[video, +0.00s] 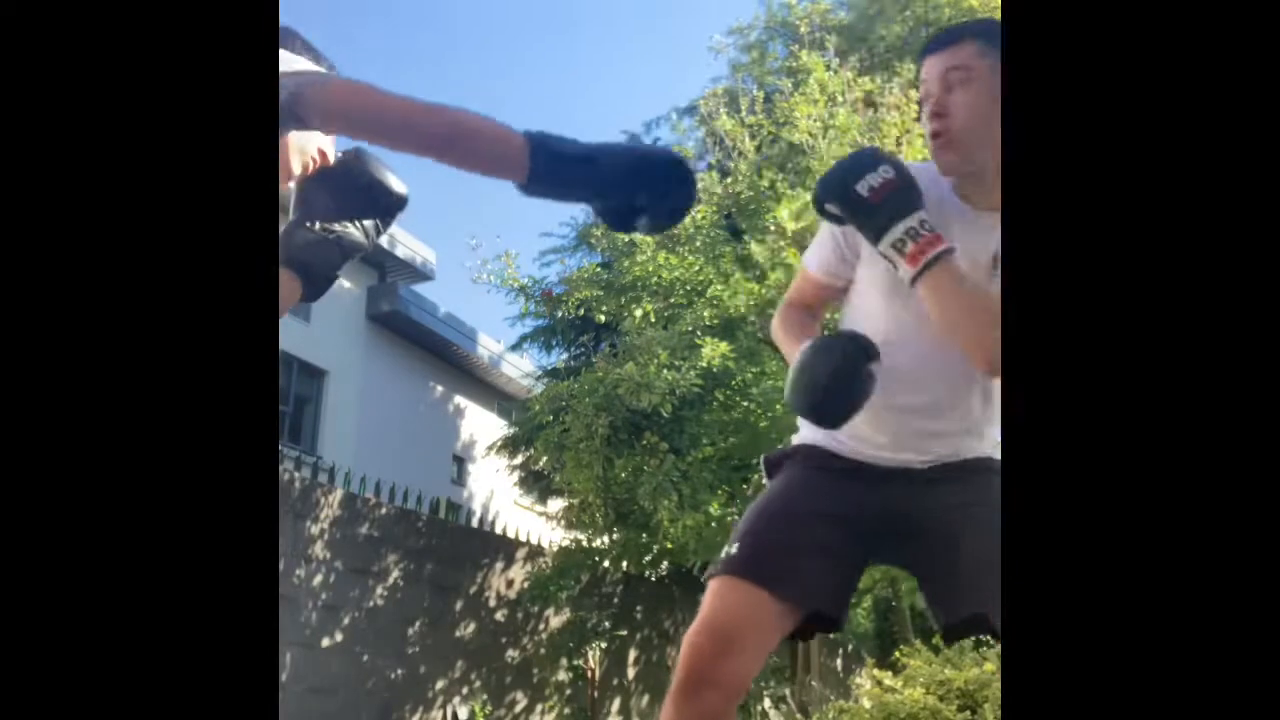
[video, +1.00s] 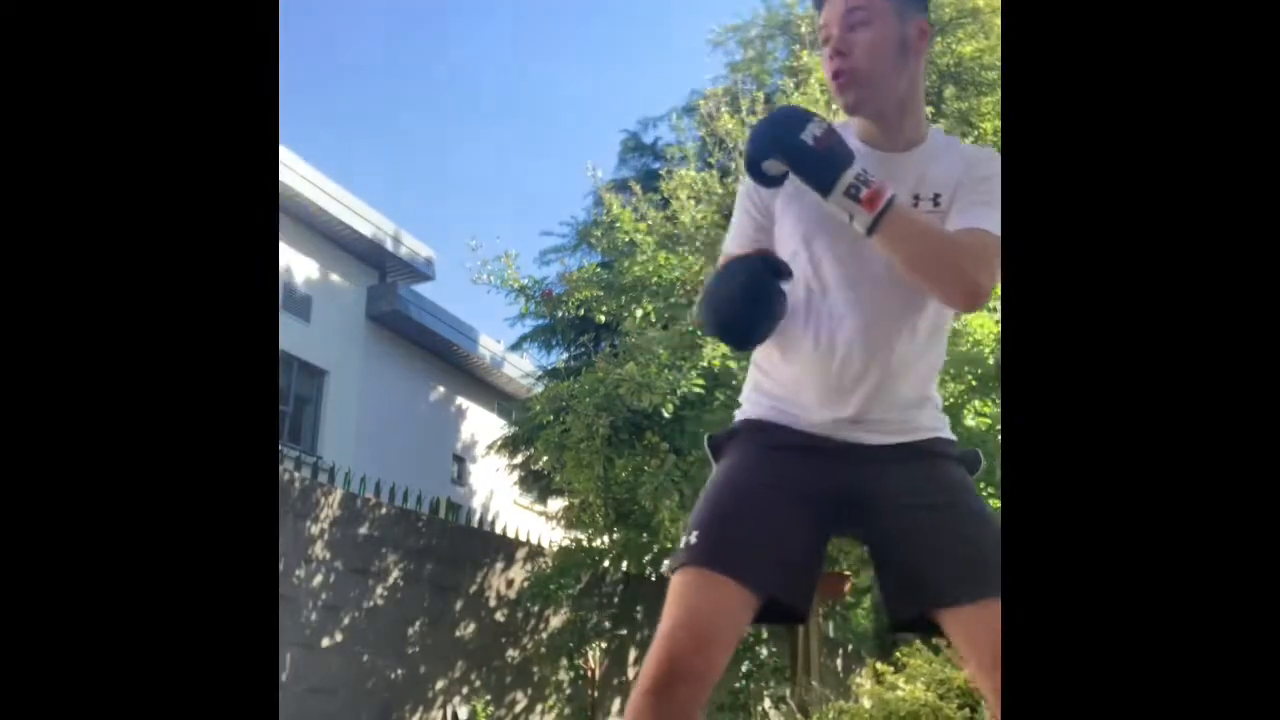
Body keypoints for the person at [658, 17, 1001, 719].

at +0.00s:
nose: (932, 105)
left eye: (956, 82)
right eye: (925, 90)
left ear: (1007, 94)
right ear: (920, 107)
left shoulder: (1002, 217)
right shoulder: (882, 194)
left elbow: (992, 349)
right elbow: (795, 311)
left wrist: (908, 234)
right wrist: (808, 356)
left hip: (966, 472)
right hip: (834, 464)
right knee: (711, 654)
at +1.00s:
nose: (833, 50)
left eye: (856, 26)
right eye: (826, 38)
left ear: (919, 36)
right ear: (819, 58)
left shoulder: (976, 170)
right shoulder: (783, 158)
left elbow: (969, 283)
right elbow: (735, 284)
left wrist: (850, 189)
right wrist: (736, 303)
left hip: (910, 441)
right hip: (777, 433)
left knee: (1003, 669)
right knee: (672, 672)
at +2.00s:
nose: (627, 108)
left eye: (649, 92)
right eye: (617, 99)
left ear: (693, 114)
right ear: (607, 118)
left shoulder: (702, 233)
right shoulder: (549, 182)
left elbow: (697, 307)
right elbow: (435, 288)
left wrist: (599, 199)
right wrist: (464, 278)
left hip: (600, 453)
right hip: (500, 404)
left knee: (628, 695)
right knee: (441, 616)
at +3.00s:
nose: (484, 113)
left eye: (504, 105)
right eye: (472, 105)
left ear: (539, 137)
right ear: (455, 123)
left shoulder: (527, 252)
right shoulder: (393, 172)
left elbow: (529, 336)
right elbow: (286, 256)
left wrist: (473, 226)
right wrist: (337, 303)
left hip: (428, 451)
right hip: (338, 396)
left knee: (406, 694)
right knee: (304, 621)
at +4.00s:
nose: (470, 103)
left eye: (487, 87)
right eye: (457, 87)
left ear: (521, 97)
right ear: (438, 99)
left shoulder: (565, 206)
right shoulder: (419, 186)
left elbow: (552, 271)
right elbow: (343, 277)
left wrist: (510, 140)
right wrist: (397, 150)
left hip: (510, 458)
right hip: (408, 430)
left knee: (511, 698)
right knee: (373, 637)